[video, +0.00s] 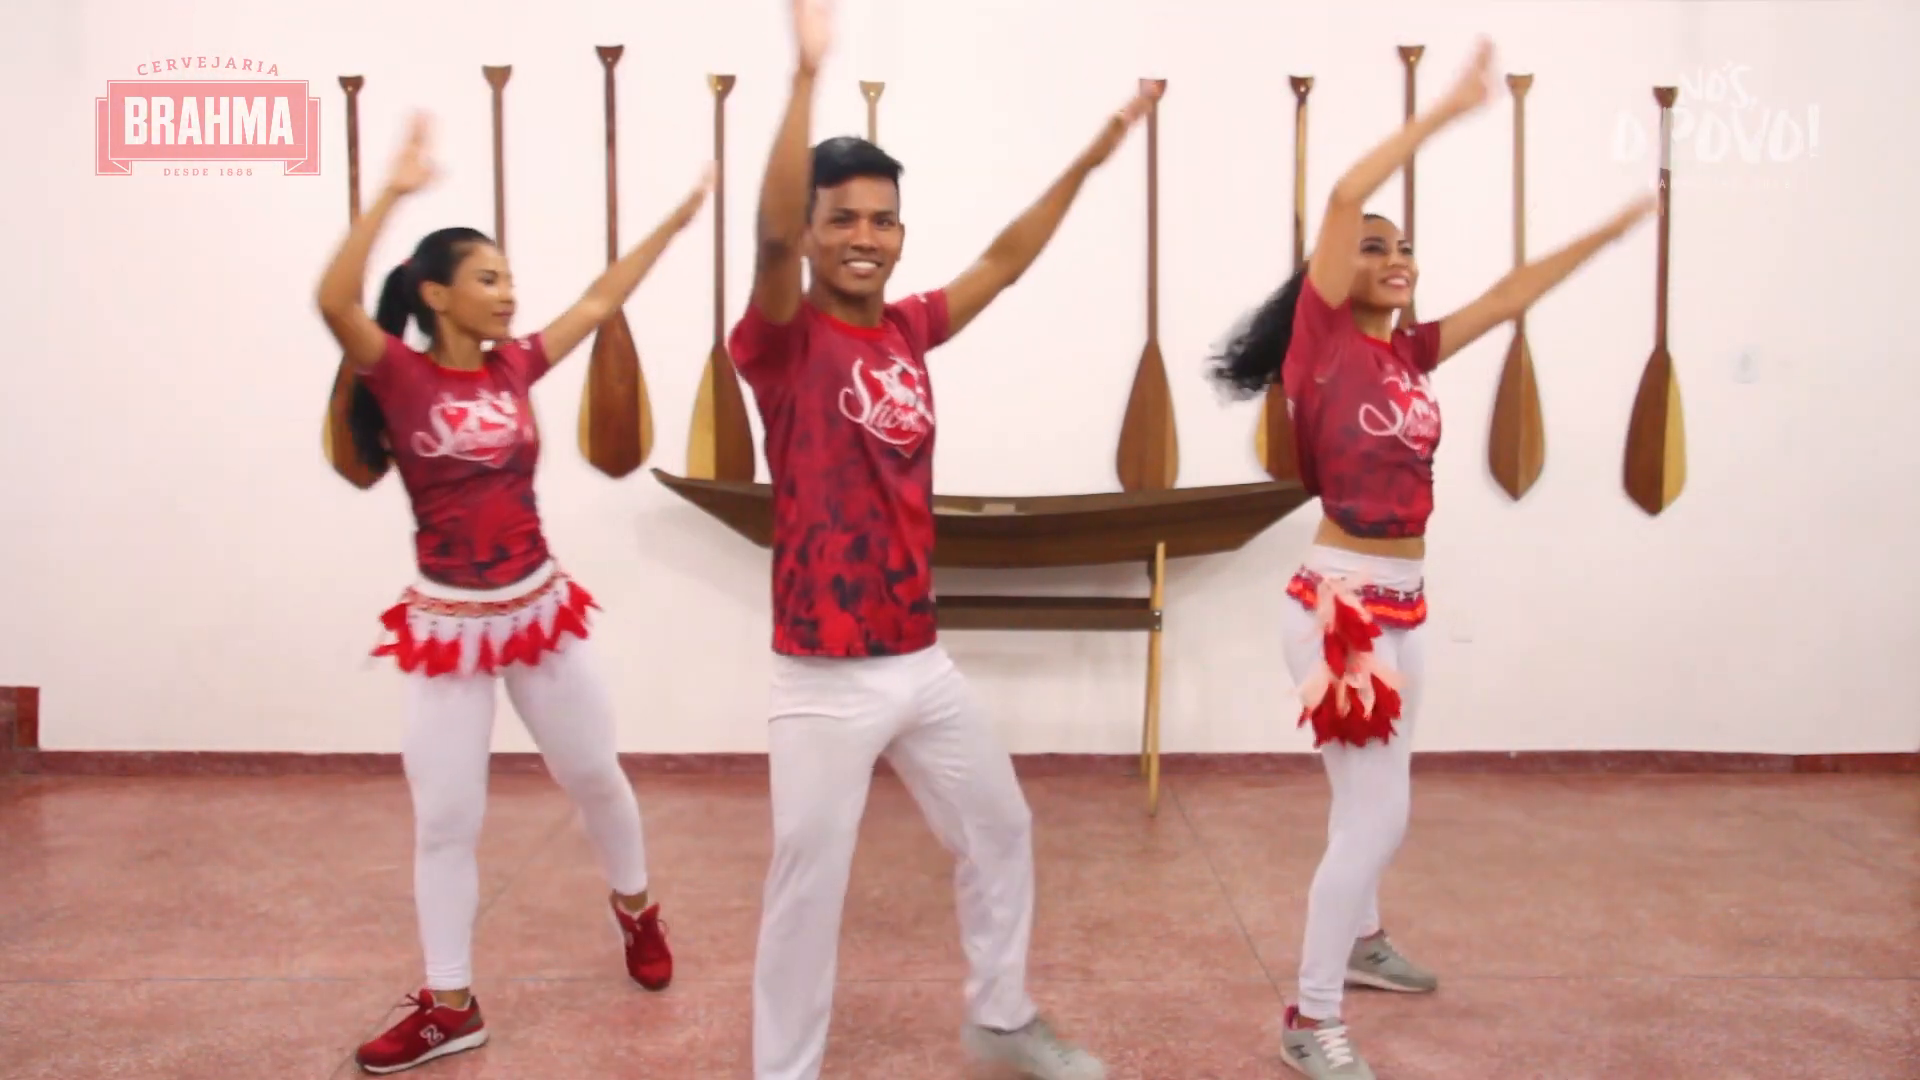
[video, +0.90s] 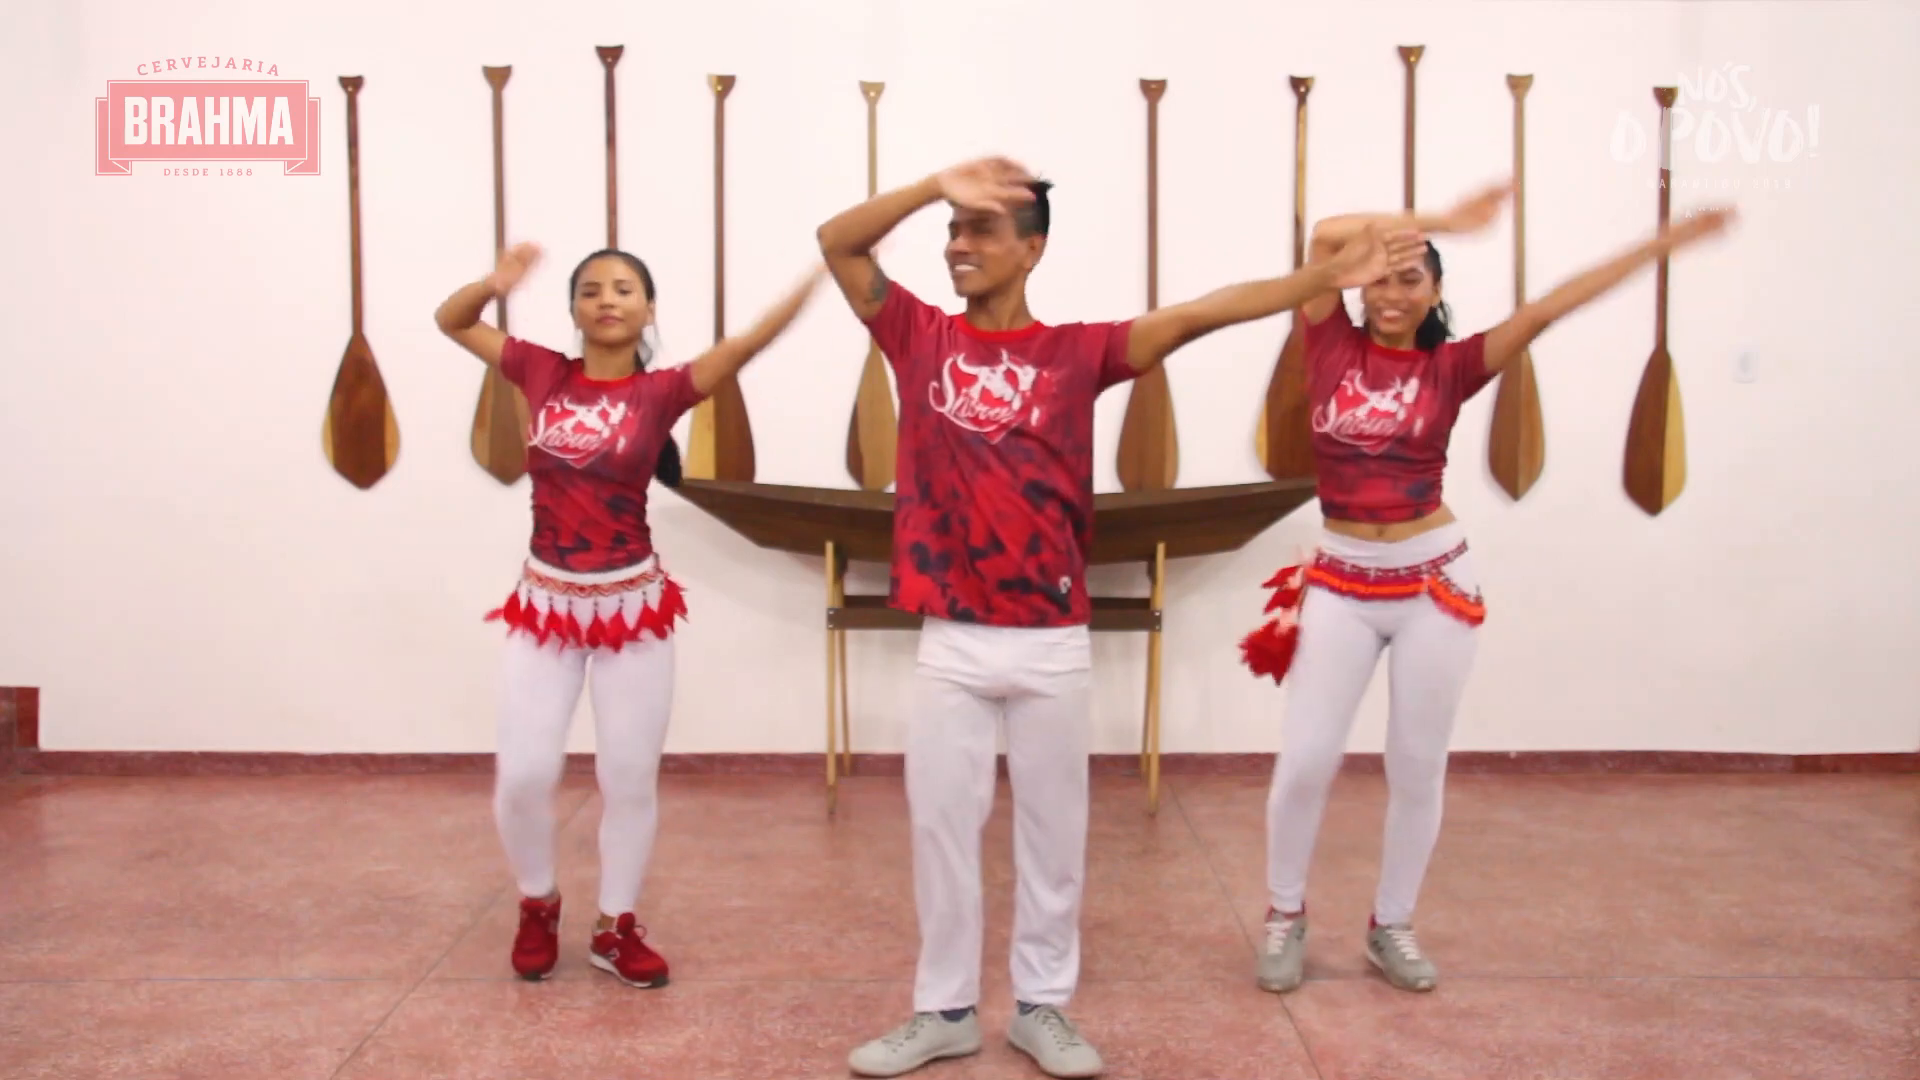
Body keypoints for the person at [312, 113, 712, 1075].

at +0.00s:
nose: (506, 290)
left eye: (505, 276)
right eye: (486, 278)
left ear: (498, 293)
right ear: (433, 295)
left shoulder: (514, 367)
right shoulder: (399, 377)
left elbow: (603, 298)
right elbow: (335, 302)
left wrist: (677, 219)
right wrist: (389, 193)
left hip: (539, 615)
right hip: (448, 628)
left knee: (596, 779)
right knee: (444, 820)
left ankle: (636, 906)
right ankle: (449, 1000)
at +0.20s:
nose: (566, 304)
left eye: (567, 291)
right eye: (548, 292)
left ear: (564, 302)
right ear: (500, 307)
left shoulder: (579, 377)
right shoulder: (467, 386)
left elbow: (648, 324)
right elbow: (410, 314)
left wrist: (723, 266)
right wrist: (508, 243)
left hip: (595, 624)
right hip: (502, 629)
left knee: (615, 786)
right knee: (474, 814)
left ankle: (621, 921)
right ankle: (446, 998)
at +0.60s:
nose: (627, 308)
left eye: (638, 298)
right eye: (610, 298)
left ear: (653, 315)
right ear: (578, 314)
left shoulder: (657, 396)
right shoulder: (539, 380)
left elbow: (753, 363)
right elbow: (457, 303)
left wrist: (845, 327)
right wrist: (558, 277)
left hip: (637, 616)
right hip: (547, 611)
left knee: (642, 789)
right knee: (508, 772)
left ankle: (616, 927)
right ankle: (490, 908)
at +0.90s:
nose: (607, 300)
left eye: (622, 289)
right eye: (592, 291)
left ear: (649, 311)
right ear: (574, 312)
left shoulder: (662, 390)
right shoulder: (544, 373)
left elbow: (754, 337)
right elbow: (453, 321)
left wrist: (816, 275)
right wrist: (493, 284)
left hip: (633, 608)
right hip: (545, 606)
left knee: (632, 780)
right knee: (522, 777)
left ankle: (616, 927)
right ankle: (536, 908)